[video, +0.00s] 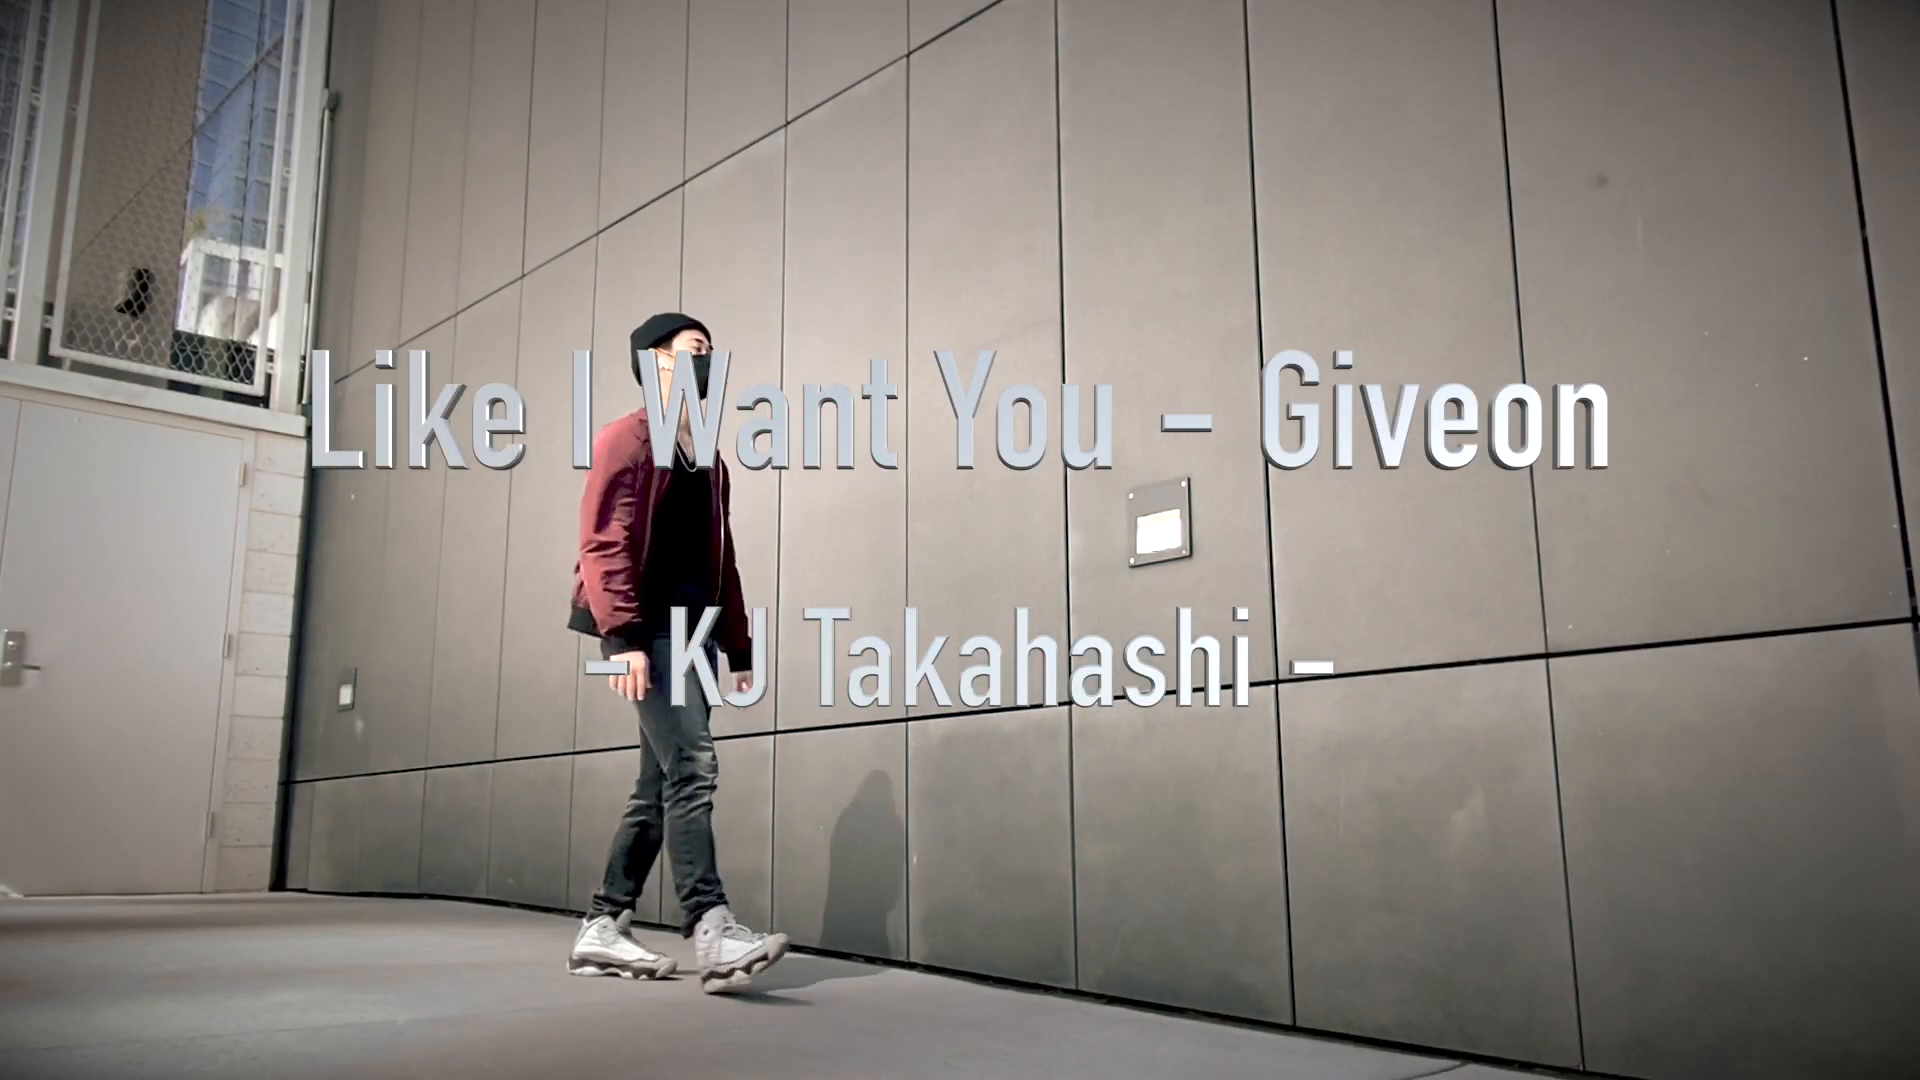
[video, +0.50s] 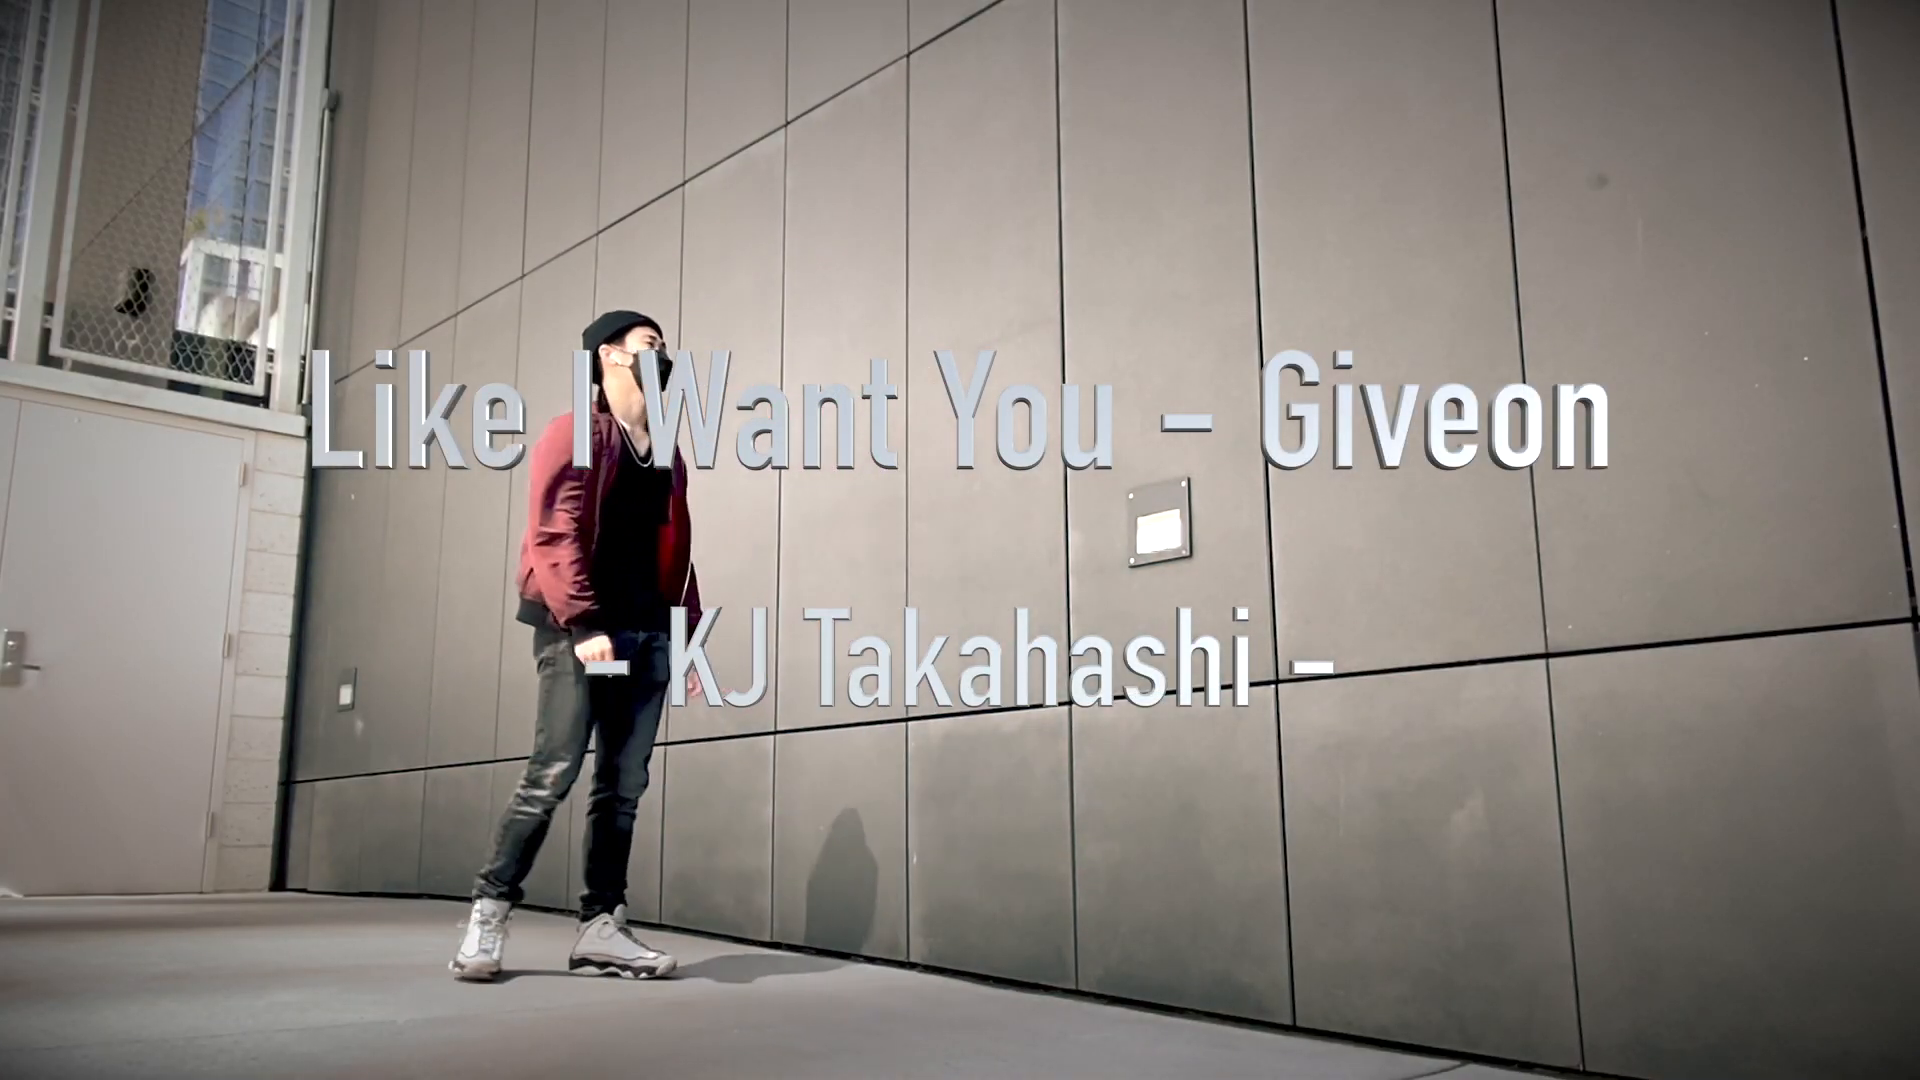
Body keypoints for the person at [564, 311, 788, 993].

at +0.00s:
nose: (703, 367)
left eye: (707, 358)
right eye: (691, 355)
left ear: (710, 368)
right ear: (654, 363)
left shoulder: (710, 457)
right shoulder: (626, 439)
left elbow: (720, 556)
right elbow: (603, 546)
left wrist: (739, 647)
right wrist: (623, 640)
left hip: (693, 632)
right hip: (647, 632)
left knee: (657, 786)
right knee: (692, 772)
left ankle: (603, 928)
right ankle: (713, 931)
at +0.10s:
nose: (694, 361)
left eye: (696, 352)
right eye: (680, 351)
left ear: (694, 366)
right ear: (644, 363)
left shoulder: (693, 442)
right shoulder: (621, 432)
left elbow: (707, 549)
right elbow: (590, 536)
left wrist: (724, 639)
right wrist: (612, 635)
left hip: (679, 621)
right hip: (642, 620)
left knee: (645, 778)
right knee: (674, 768)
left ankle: (603, 927)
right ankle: (655, 929)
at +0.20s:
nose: (685, 368)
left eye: (689, 358)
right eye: (671, 357)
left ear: (691, 369)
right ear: (635, 368)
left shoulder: (687, 441)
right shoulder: (618, 432)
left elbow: (699, 543)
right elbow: (583, 537)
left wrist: (719, 640)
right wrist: (603, 637)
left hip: (673, 621)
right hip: (628, 620)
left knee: (653, 772)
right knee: (646, 772)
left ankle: (614, 929)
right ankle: (598, 931)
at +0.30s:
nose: (679, 365)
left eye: (680, 355)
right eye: (666, 354)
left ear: (675, 365)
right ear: (628, 364)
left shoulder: (679, 441)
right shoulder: (606, 433)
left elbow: (692, 550)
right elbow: (577, 539)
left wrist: (715, 643)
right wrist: (592, 638)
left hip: (663, 628)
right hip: (612, 627)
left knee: (644, 782)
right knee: (614, 775)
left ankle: (602, 926)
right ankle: (552, 926)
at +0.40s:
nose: (669, 359)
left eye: (673, 350)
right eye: (657, 348)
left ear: (672, 363)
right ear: (619, 359)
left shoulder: (672, 445)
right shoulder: (592, 433)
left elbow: (685, 552)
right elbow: (569, 537)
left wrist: (704, 641)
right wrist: (586, 632)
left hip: (656, 634)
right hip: (595, 628)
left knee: (630, 786)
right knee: (582, 773)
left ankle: (602, 927)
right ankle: (511, 914)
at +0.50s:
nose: (655, 360)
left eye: (659, 352)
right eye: (643, 350)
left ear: (662, 363)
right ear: (608, 358)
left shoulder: (667, 448)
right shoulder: (574, 433)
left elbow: (674, 551)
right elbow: (551, 539)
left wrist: (686, 636)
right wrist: (582, 625)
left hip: (645, 628)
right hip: (574, 623)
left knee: (624, 785)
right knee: (555, 772)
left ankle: (599, 927)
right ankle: (488, 916)